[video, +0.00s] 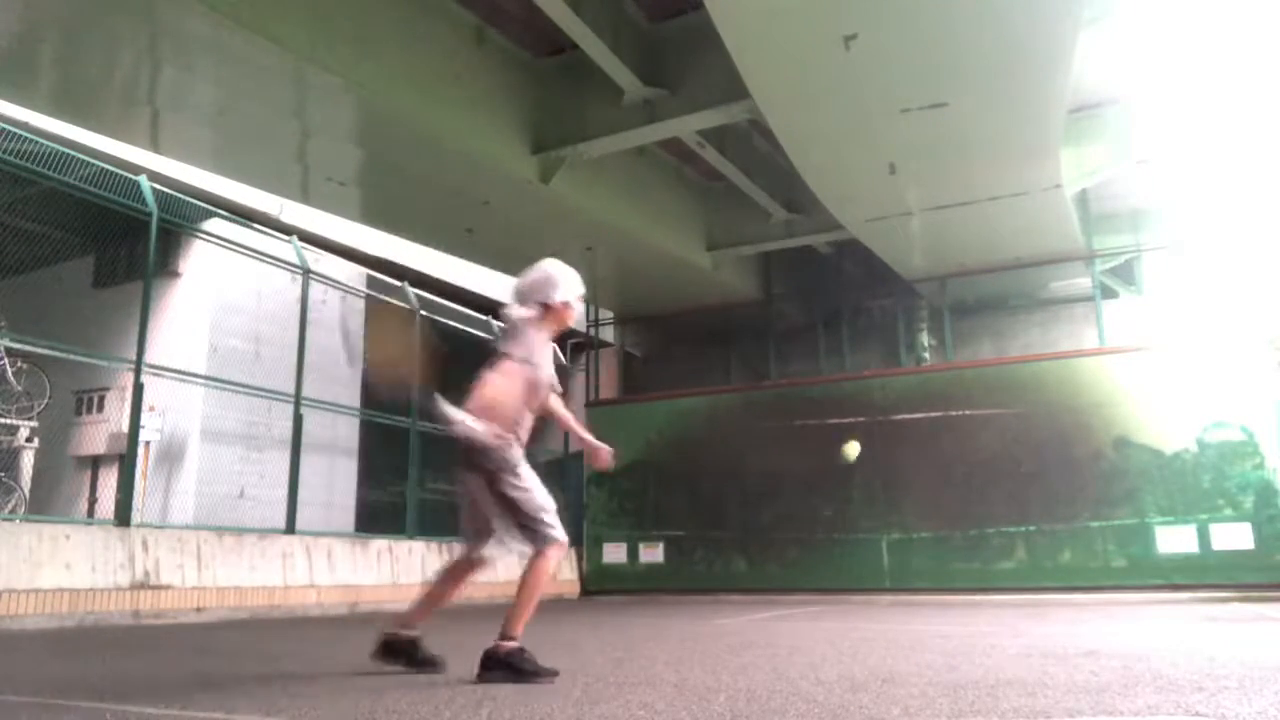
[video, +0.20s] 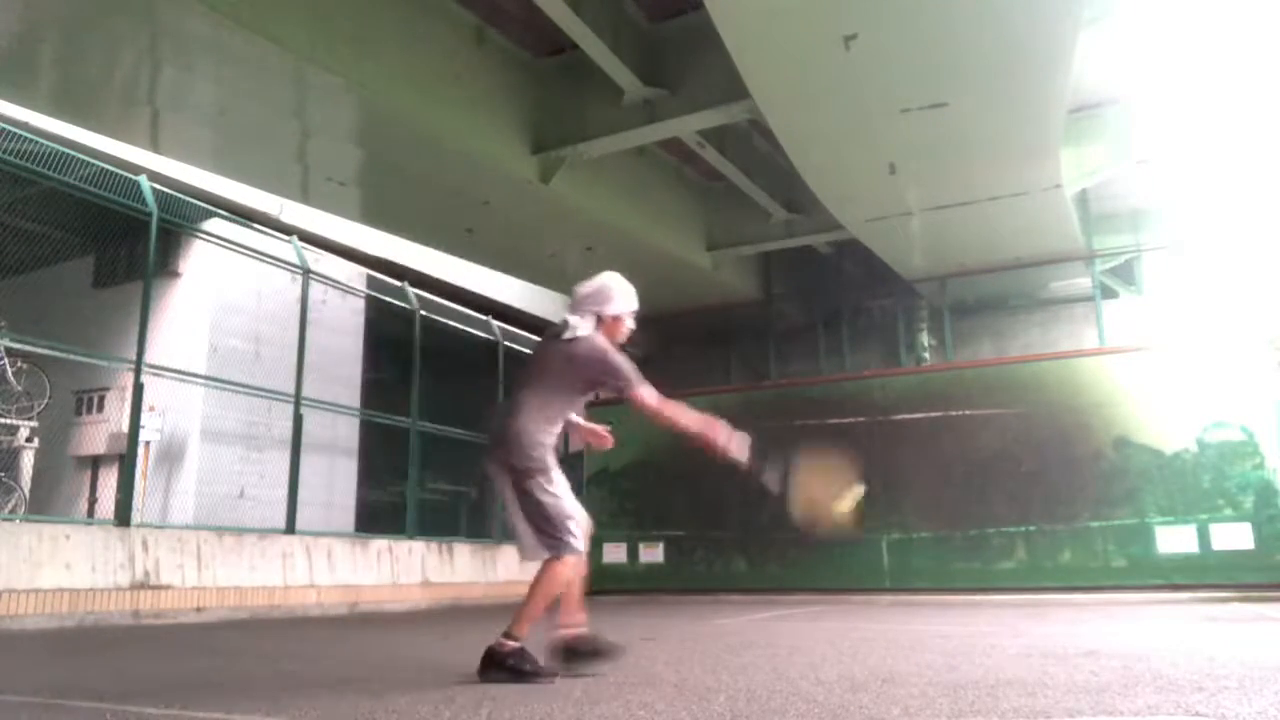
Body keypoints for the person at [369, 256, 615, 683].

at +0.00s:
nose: (577, 311)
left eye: (577, 303)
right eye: (573, 303)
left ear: (546, 303)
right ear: (555, 304)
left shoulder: (539, 346)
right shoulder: (530, 338)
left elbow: (550, 401)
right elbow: (495, 386)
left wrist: (590, 442)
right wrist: (479, 416)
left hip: (478, 447)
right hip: (495, 447)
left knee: (479, 551)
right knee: (552, 543)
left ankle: (402, 634)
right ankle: (506, 647)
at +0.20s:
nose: (631, 328)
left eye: (631, 319)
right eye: (628, 318)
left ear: (592, 313)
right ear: (608, 315)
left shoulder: (559, 345)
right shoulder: (599, 352)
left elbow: (535, 400)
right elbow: (657, 406)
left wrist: (576, 426)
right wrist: (715, 429)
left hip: (514, 447)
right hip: (528, 450)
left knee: (579, 528)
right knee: (570, 547)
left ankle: (573, 635)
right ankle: (509, 645)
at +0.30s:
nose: (654, 324)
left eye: (654, 316)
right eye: (652, 316)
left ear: (611, 311)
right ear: (637, 314)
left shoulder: (575, 341)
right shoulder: (630, 344)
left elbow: (537, 384)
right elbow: (692, 376)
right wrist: (741, 379)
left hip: (543, 455)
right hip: (557, 458)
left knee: (611, 533)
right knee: (586, 553)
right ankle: (512, 642)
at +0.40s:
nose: (672, 316)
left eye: (671, 309)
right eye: (670, 309)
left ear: (630, 305)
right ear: (659, 308)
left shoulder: (593, 342)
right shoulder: (655, 336)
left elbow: (542, 378)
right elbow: (725, 355)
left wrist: (556, 429)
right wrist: (741, 330)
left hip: (582, 461)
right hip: (602, 465)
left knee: (653, 543)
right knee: (626, 559)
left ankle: (681, 649)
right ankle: (526, 633)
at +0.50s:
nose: (686, 315)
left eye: (685, 309)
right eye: (684, 309)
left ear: (642, 307)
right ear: (674, 309)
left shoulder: (613, 348)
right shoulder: (675, 337)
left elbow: (561, 388)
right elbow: (746, 345)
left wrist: (565, 446)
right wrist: (742, 306)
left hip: (616, 470)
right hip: (642, 470)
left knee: (694, 540)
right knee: (663, 568)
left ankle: (687, 648)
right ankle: (555, 622)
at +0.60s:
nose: (694, 299)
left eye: (692, 293)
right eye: (692, 293)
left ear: (651, 293)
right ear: (683, 293)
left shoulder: (630, 335)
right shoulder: (686, 322)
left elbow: (583, 385)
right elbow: (757, 344)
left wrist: (594, 446)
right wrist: (747, 308)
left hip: (632, 452)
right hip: (661, 450)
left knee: (694, 550)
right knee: (693, 551)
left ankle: (687, 648)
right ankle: (604, 622)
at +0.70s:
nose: (698, 282)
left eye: (694, 276)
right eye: (697, 275)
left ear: (653, 275)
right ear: (690, 276)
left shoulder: (632, 317)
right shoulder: (698, 307)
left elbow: (603, 375)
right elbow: (758, 355)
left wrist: (625, 414)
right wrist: (754, 324)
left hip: (637, 438)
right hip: (676, 434)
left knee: (681, 542)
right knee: (707, 537)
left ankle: (688, 644)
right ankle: (657, 632)